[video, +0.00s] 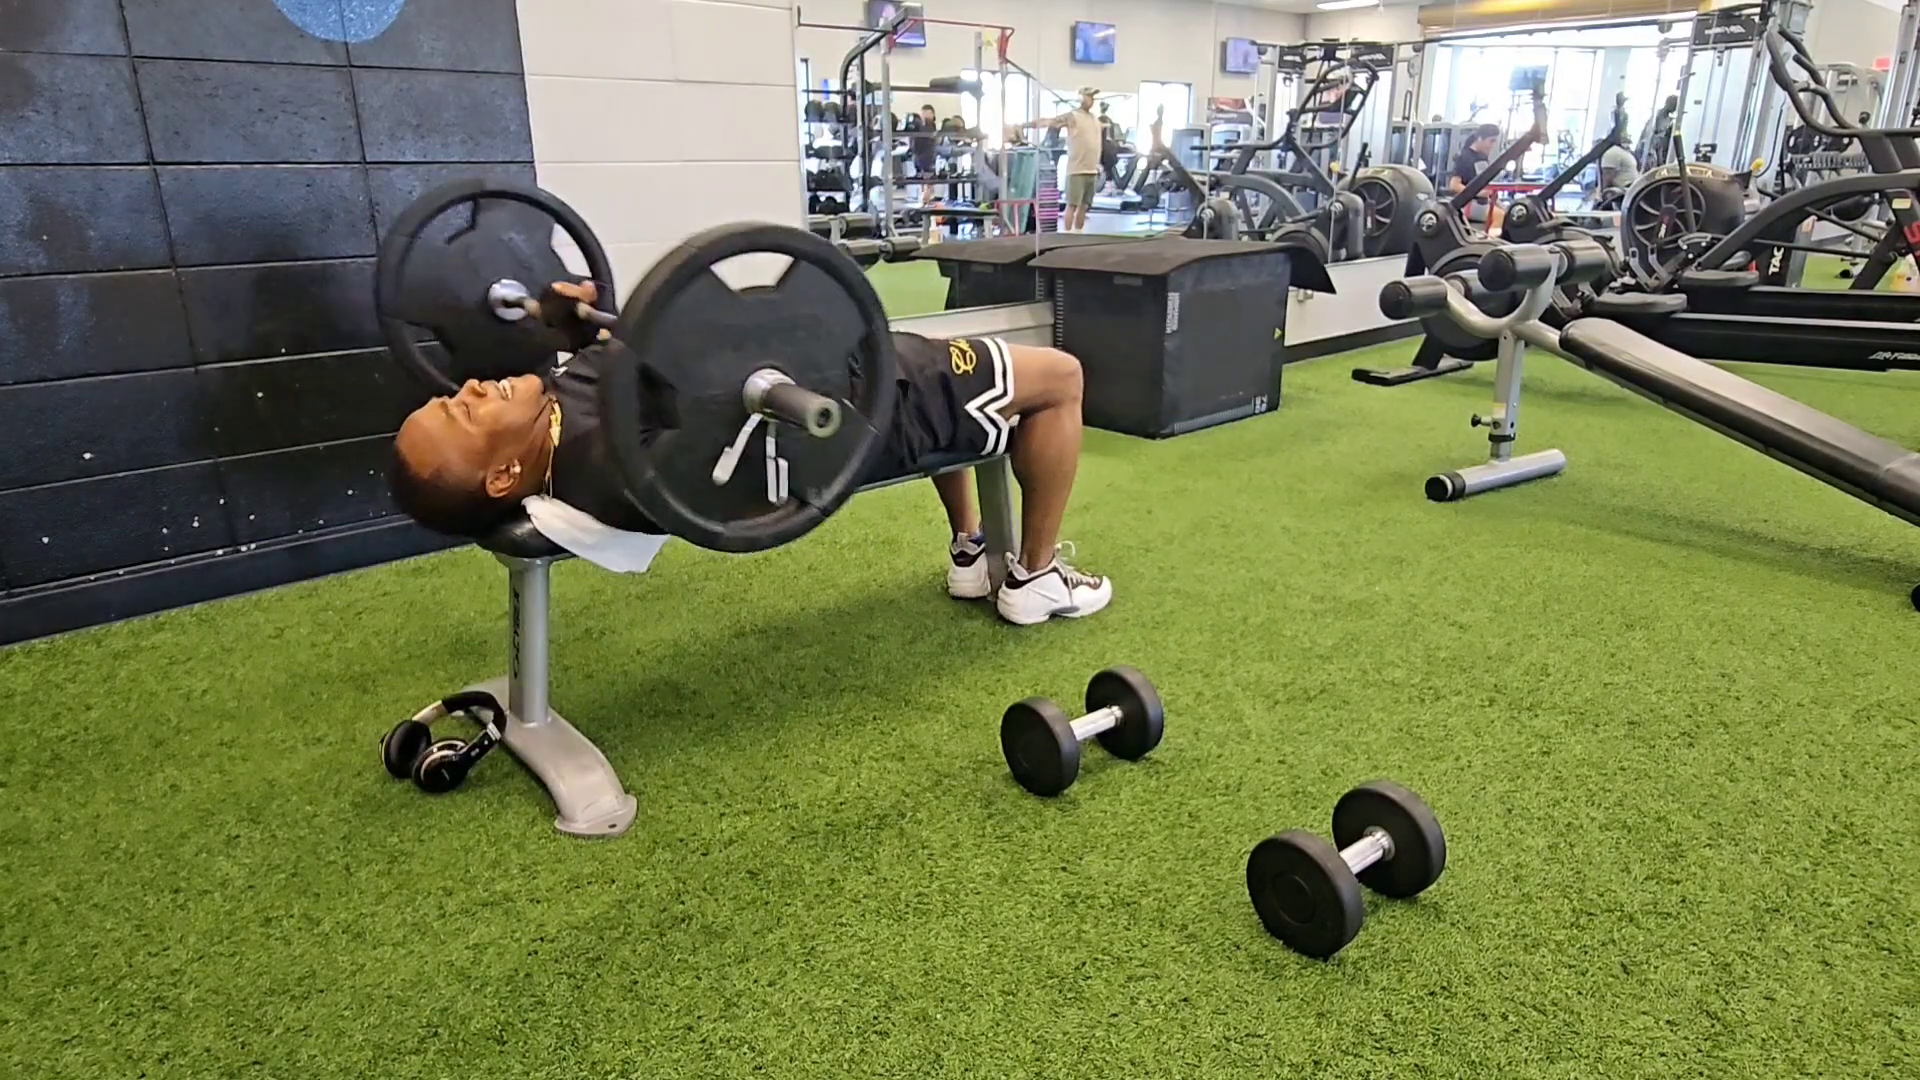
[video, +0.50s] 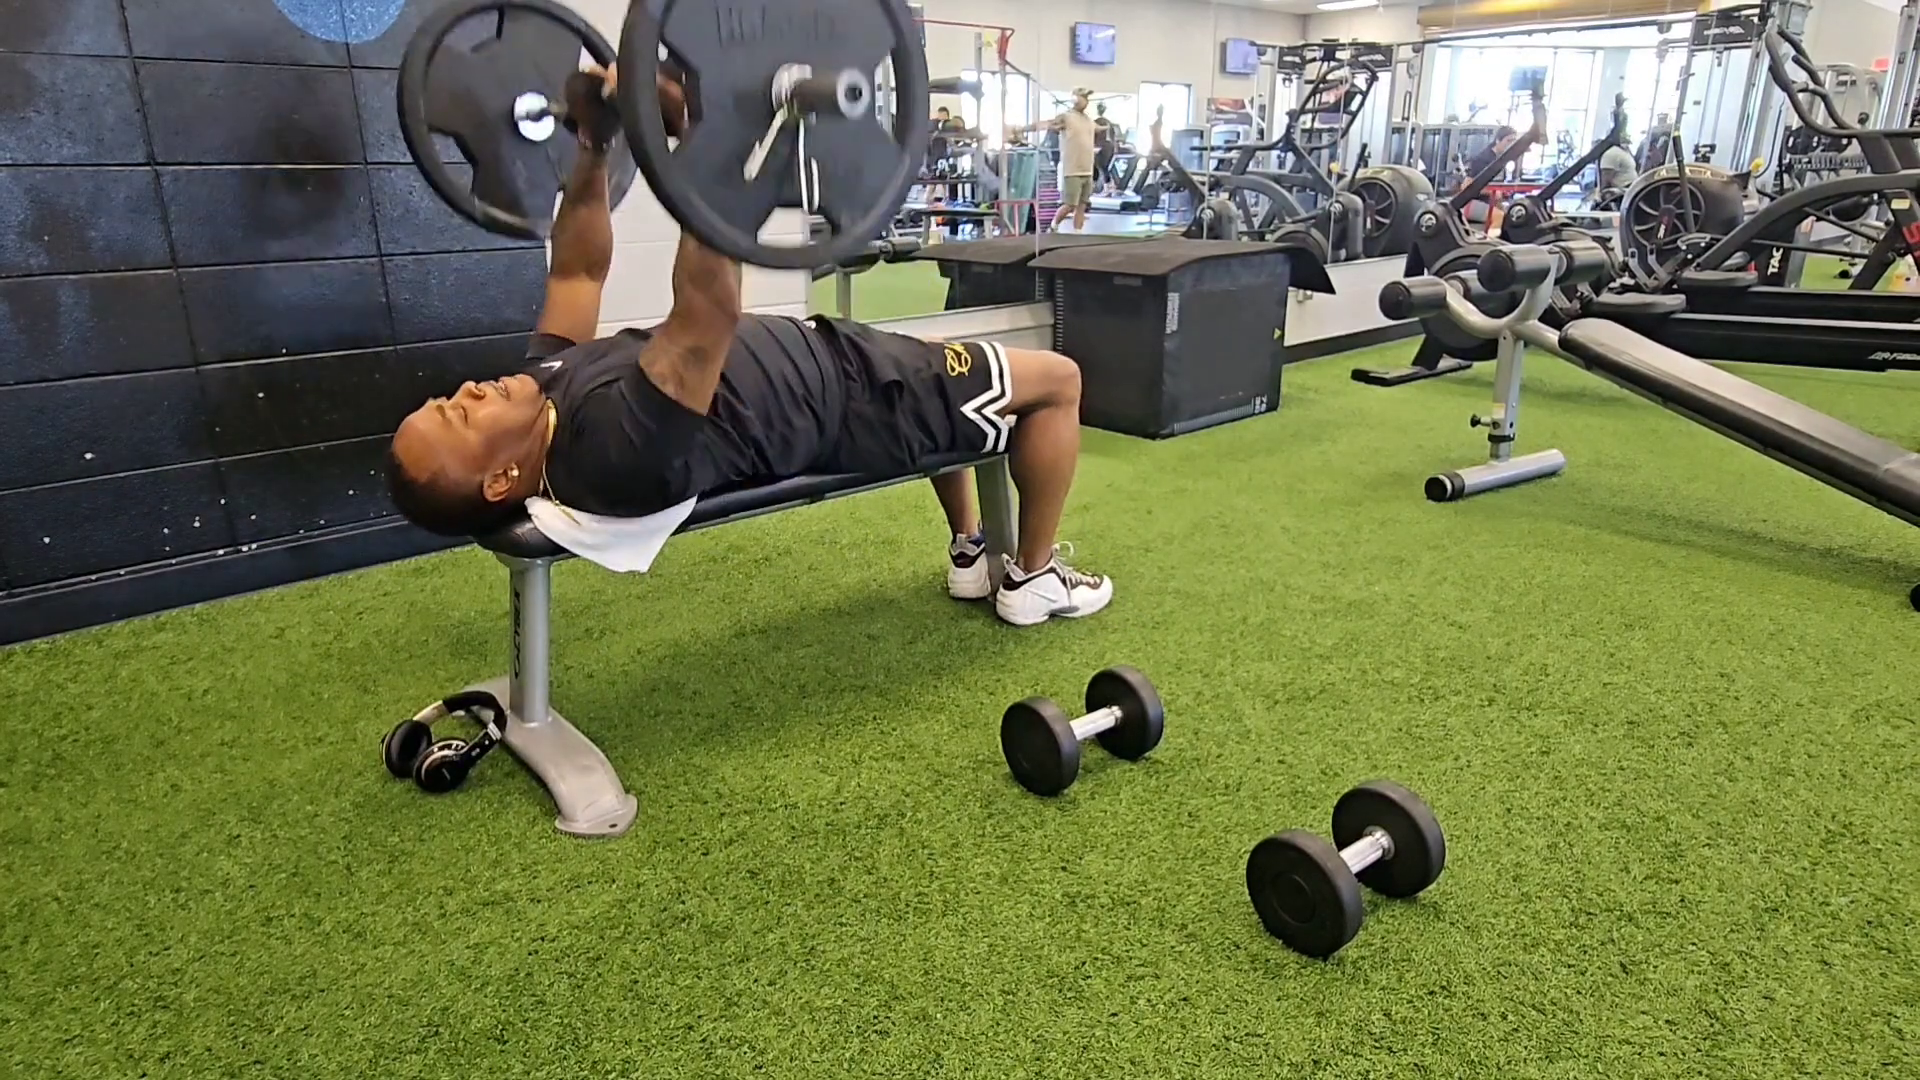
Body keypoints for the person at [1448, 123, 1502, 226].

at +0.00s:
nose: (1492, 146)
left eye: (1494, 142)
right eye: (1491, 141)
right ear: (1480, 138)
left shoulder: (1483, 156)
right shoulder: (1465, 156)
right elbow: (1454, 185)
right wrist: (1478, 193)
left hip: (1486, 201)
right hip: (1469, 203)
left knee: (1505, 213)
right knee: (1499, 216)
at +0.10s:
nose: (1492, 144)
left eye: (1494, 140)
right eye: (1490, 140)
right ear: (1479, 138)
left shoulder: (1485, 157)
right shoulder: (1464, 156)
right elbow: (1454, 185)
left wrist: (1491, 191)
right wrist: (1478, 192)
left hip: (1486, 200)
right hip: (1469, 203)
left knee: (1506, 214)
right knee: (1499, 216)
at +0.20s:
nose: (1492, 144)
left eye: (1494, 140)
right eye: (1490, 139)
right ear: (1479, 138)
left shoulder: (1486, 157)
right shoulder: (1465, 156)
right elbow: (1455, 185)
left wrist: (1493, 191)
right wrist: (1480, 193)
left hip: (1487, 201)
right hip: (1469, 202)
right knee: (1499, 217)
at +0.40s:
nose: (1504, 143)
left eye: (1505, 139)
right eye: (1502, 138)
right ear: (1490, 138)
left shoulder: (1497, 159)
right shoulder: (1478, 157)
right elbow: (1463, 185)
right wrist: (1486, 194)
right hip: (1469, 201)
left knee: (1510, 211)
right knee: (1498, 216)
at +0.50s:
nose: (1512, 144)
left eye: (1513, 141)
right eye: (1509, 140)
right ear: (1498, 140)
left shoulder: (1502, 159)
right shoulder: (1483, 158)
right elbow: (1467, 186)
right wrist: (1492, 192)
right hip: (1473, 202)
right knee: (1499, 217)